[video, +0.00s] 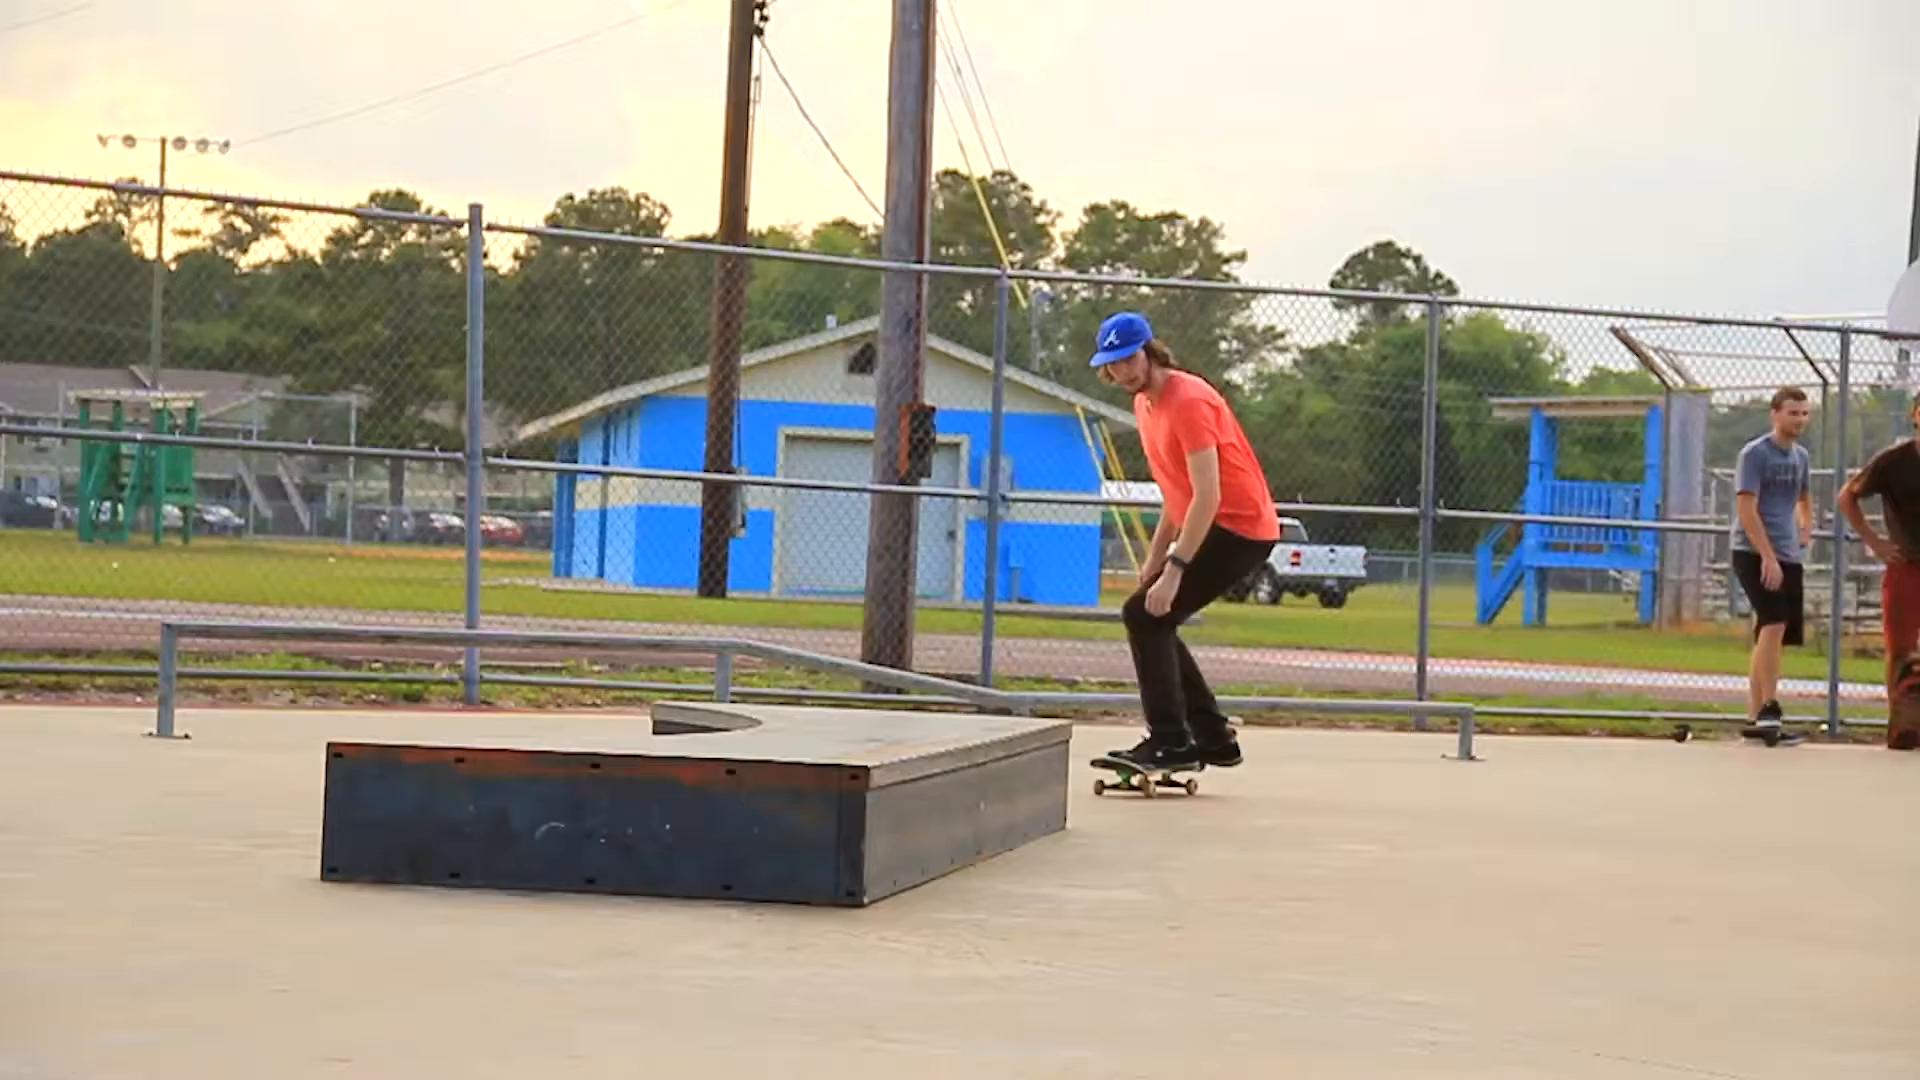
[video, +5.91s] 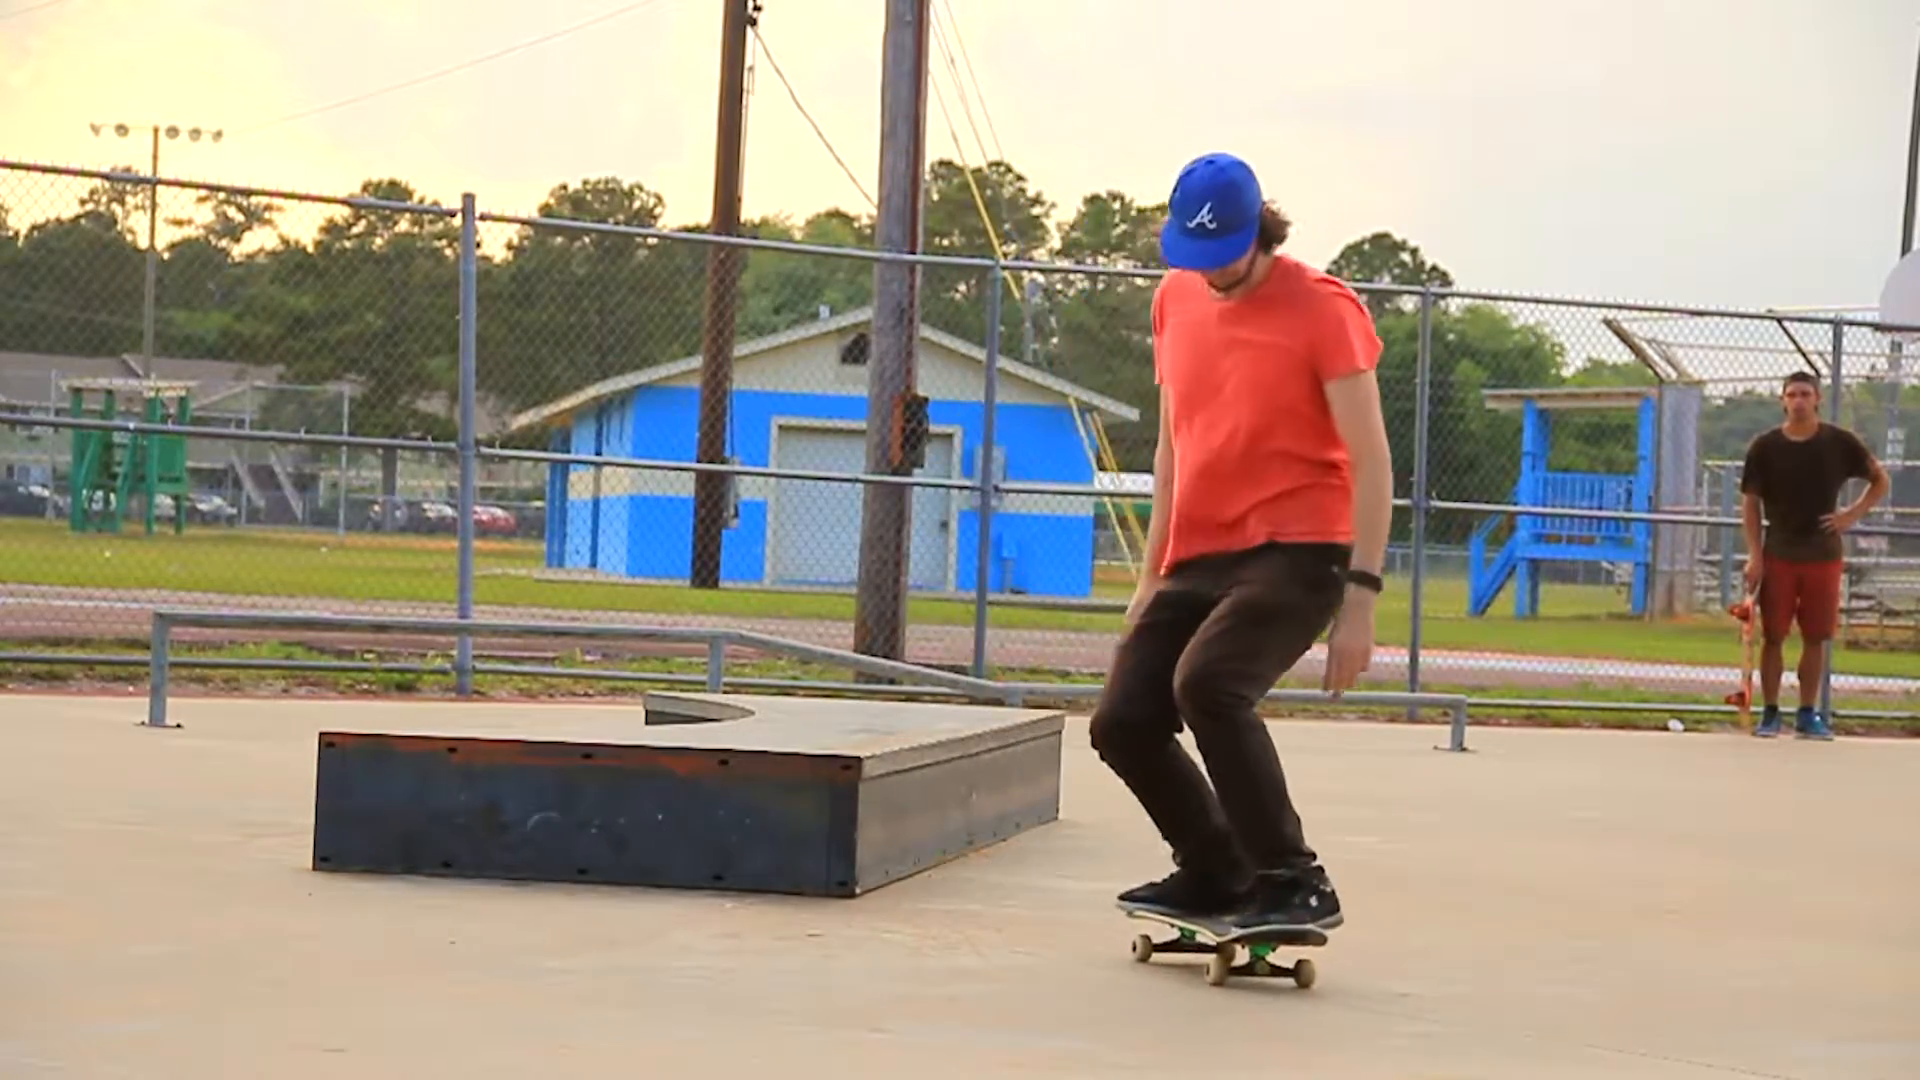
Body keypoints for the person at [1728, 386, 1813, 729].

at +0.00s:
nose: (1800, 419)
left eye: (1804, 414)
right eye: (1793, 413)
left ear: (1806, 418)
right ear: (1774, 415)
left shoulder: (1800, 456)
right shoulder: (1754, 454)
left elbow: (1802, 496)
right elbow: (1746, 509)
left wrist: (1805, 525)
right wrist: (1767, 555)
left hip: (1787, 552)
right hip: (1754, 550)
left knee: (1772, 632)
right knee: (1774, 620)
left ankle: (1758, 712)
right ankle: (1768, 703)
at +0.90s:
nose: (1797, 416)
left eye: (1804, 411)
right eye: (1791, 410)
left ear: (1813, 416)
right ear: (1779, 413)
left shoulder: (1817, 459)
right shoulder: (1755, 450)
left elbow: (1835, 498)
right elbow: (1709, 479)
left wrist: (1821, 528)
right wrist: (1728, 521)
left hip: (1792, 557)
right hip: (1754, 550)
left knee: (1774, 641)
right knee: (1757, 625)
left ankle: (1760, 715)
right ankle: (1746, 705)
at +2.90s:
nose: (1809, 421)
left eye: (1813, 415)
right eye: (1803, 414)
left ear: (1816, 419)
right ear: (1784, 413)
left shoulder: (1812, 459)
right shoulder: (1755, 446)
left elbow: (1828, 500)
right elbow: (1705, 473)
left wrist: (1817, 534)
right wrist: (1735, 511)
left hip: (1790, 557)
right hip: (1753, 550)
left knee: (1771, 641)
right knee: (1753, 624)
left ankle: (1758, 717)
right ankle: (1742, 703)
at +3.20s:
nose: (1824, 422)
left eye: (1824, 416)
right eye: (1820, 415)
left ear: (1806, 419)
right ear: (1798, 417)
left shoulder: (1811, 458)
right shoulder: (1756, 447)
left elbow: (1827, 499)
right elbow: (1707, 474)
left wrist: (1817, 532)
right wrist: (1737, 513)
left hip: (1790, 557)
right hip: (1753, 551)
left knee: (1771, 641)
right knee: (1752, 624)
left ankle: (1757, 716)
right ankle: (1739, 704)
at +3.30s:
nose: (1808, 401)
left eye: (1815, 395)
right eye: (1802, 395)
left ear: (1828, 399)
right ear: (1794, 400)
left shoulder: (1848, 444)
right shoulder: (1774, 445)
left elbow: (1885, 483)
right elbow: (1761, 502)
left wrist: (1859, 515)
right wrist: (1758, 554)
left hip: (1825, 556)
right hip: (1782, 554)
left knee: (1817, 638)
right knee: (1774, 636)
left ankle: (1807, 713)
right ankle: (1770, 711)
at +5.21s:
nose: (1798, 402)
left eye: (1804, 395)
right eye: (1792, 395)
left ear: (1818, 400)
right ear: (1782, 400)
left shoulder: (1840, 443)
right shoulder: (1764, 447)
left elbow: (1883, 481)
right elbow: (1751, 503)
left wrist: (1853, 514)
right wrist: (1753, 555)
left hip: (1822, 554)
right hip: (1778, 552)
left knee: (1816, 639)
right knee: (1773, 638)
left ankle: (1807, 714)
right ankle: (1770, 712)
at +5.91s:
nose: (1798, 402)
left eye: (1805, 395)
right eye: (1792, 395)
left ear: (1817, 399)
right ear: (1783, 400)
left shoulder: (1840, 442)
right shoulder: (1764, 447)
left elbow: (1881, 480)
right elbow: (1750, 503)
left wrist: (1852, 514)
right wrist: (1755, 555)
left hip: (1822, 555)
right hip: (1777, 553)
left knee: (1816, 639)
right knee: (1773, 637)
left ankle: (1807, 713)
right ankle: (1770, 711)